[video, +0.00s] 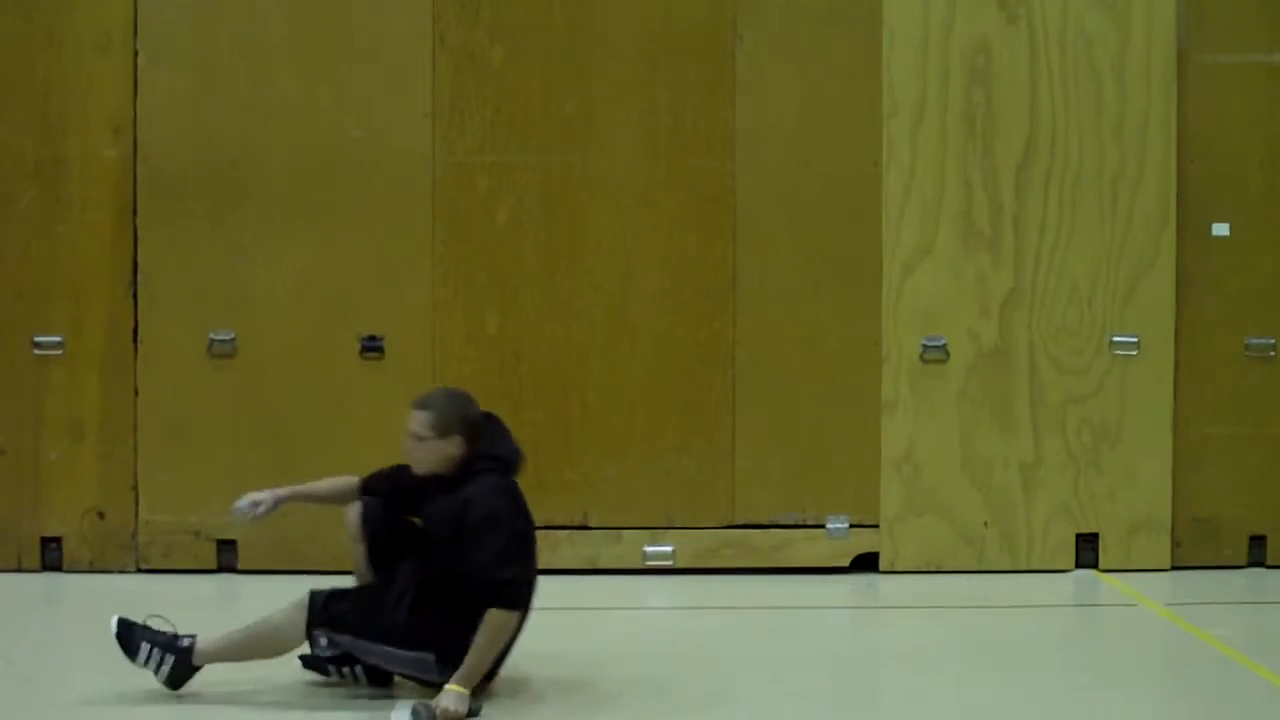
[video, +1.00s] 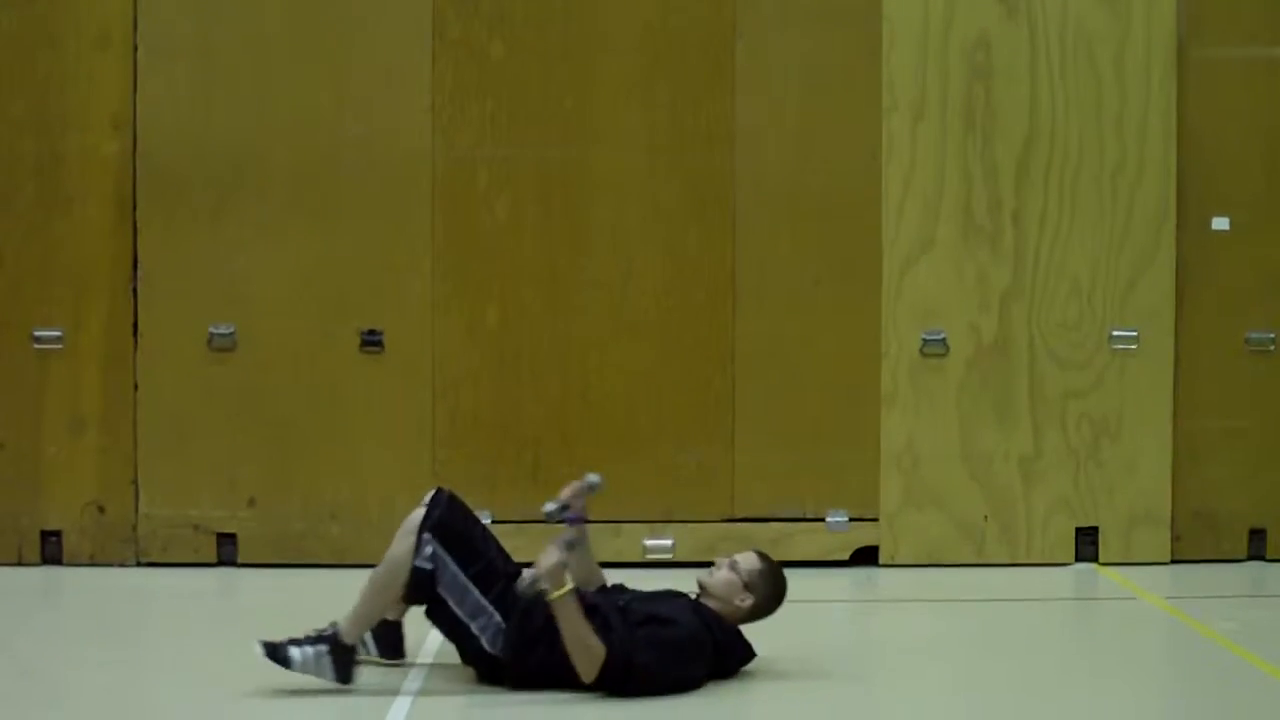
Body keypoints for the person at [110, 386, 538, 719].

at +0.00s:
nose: (408, 449)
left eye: (419, 440)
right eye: (409, 438)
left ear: (458, 444)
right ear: (432, 442)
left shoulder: (493, 500)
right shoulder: (431, 478)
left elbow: (509, 603)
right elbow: (363, 487)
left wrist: (462, 684)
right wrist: (282, 494)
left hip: (453, 644)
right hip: (430, 611)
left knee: (315, 610)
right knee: (368, 515)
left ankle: (188, 656)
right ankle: (375, 655)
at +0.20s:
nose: (492, 458)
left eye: (503, 450)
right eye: (495, 449)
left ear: (538, 460)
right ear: (525, 457)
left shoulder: (561, 528)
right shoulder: (513, 500)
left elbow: (544, 630)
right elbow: (437, 510)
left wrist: (470, 687)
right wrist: (358, 508)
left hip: (484, 645)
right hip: (476, 604)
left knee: (335, 625)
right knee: (408, 523)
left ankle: (197, 660)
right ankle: (360, 659)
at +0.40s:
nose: (578, 474)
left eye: (592, 470)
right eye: (581, 464)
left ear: (626, 490)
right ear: (592, 480)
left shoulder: (619, 566)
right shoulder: (576, 525)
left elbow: (566, 649)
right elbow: (499, 539)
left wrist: (479, 688)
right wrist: (422, 518)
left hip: (488, 650)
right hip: (485, 604)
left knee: (349, 611)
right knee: (395, 530)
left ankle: (208, 657)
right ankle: (337, 652)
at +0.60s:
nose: (644, 512)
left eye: (659, 512)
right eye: (649, 503)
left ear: (687, 537)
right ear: (652, 515)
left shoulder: (654, 605)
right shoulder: (632, 559)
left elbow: (582, 664)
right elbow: (550, 565)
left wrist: (493, 680)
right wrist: (480, 524)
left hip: (493, 640)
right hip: (499, 600)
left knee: (363, 599)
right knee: (406, 528)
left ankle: (229, 650)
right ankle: (335, 645)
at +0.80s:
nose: (696, 551)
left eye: (712, 554)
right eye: (703, 545)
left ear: (727, 586)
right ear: (701, 563)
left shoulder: (681, 641)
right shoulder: (664, 593)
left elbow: (590, 679)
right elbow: (579, 585)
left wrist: (511, 644)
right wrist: (533, 527)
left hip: (510, 643)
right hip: (524, 607)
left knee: (391, 558)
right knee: (426, 512)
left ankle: (276, 636)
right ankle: (350, 620)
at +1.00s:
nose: (719, 566)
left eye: (735, 571)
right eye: (727, 561)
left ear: (746, 604)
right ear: (724, 577)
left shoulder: (693, 641)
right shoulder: (689, 610)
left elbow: (600, 672)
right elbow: (598, 597)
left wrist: (560, 591)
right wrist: (577, 530)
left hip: (515, 643)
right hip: (532, 609)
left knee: (421, 533)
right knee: (438, 504)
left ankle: (338, 647)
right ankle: (388, 627)